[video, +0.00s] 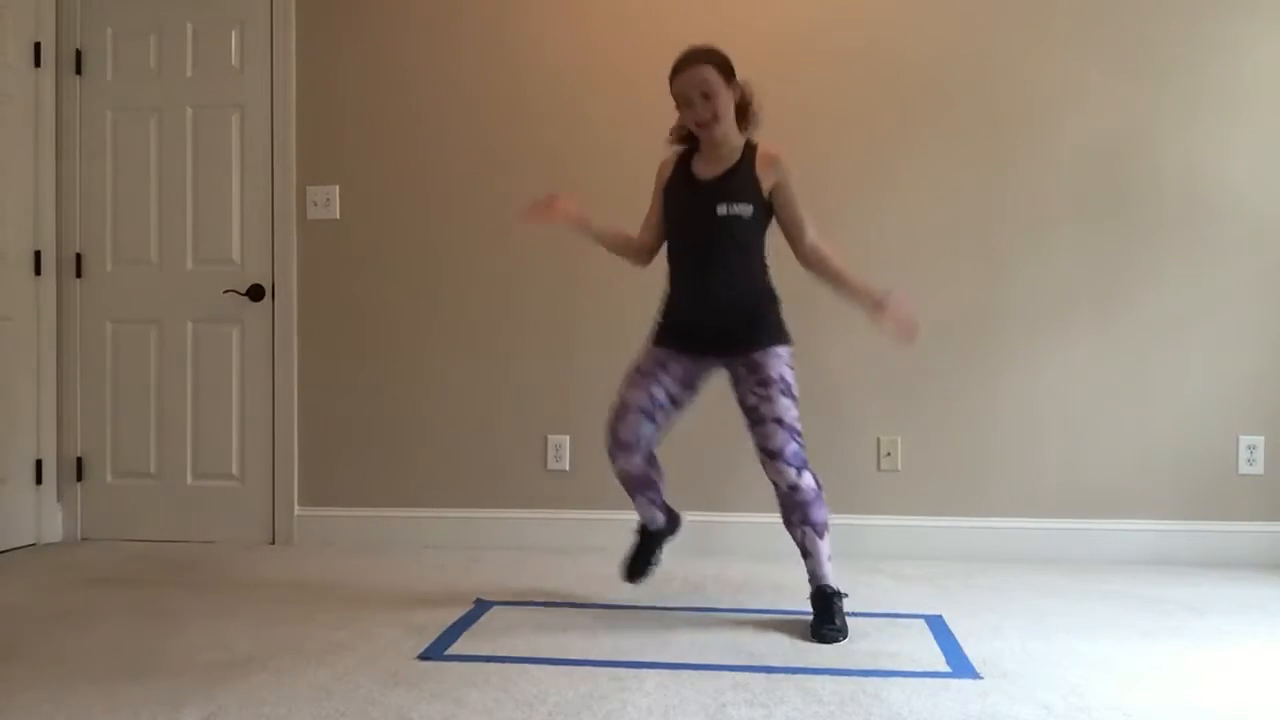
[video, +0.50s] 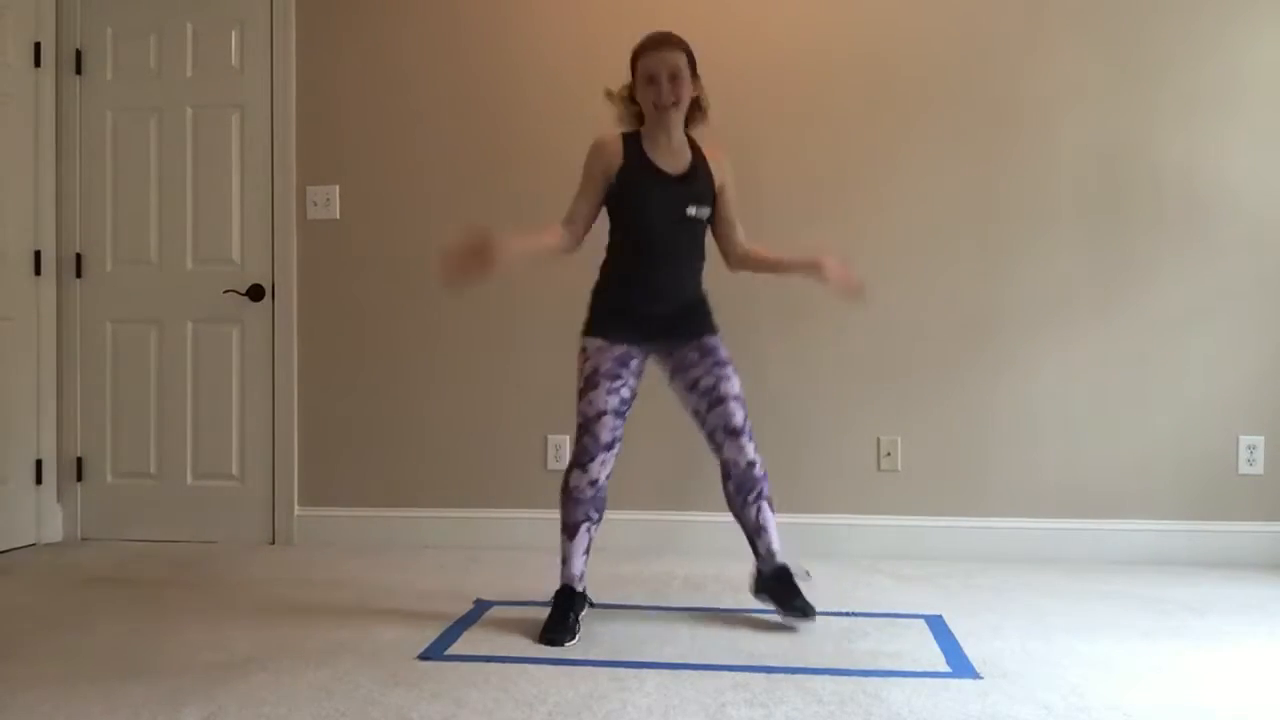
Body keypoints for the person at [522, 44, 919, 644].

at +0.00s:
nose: (697, 109)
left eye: (705, 95)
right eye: (685, 101)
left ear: (733, 92)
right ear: (676, 108)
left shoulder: (766, 165)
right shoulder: (673, 168)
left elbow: (808, 250)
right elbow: (642, 250)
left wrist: (874, 300)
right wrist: (582, 222)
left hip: (754, 333)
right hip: (682, 332)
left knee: (783, 457)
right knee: (625, 438)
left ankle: (823, 588)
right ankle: (657, 522)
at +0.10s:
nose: (688, 101)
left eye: (697, 86)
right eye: (678, 92)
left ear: (729, 78)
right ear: (673, 96)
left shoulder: (766, 153)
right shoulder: (674, 151)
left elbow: (805, 240)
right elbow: (639, 235)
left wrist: (879, 246)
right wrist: (568, 249)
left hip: (734, 322)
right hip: (662, 317)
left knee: (768, 451)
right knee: (615, 408)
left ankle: (815, 585)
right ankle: (631, 528)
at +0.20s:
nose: (680, 105)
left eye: (688, 90)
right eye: (670, 95)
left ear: (722, 83)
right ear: (666, 100)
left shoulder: (757, 160)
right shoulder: (659, 158)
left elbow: (784, 248)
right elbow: (624, 241)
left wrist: (821, 194)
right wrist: (575, 302)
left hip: (704, 325)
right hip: (630, 316)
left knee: (748, 454)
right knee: (592, 447)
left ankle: (800, 582)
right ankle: (582, 569)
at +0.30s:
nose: (669, 129)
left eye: (679, 116)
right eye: (659, 120)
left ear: (712, 114)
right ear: (652, 125)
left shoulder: (737, 192)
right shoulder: (636, 185)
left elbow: (745, 281)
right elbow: (607, 266)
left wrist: (773, 210)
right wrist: (574, 336)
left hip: (678, 349)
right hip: (604, 339)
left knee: (734, 470)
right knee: (573, 467)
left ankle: (792, 589)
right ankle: (564, 593)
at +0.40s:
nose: (663, 129)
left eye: (675, 116)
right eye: (652, 119)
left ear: (700, 121)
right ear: (641, 126)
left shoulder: (719, 202)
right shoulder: (620, 187)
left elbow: (730, 288)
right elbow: (584, 270)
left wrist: (774, 227)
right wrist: (533, 341)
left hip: (668, 356)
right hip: (594, 347)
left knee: (725, 472)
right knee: (571, 469)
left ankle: (787, 593)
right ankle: (564, 597)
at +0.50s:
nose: (666, 87)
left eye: (676, 76)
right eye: (653, 78)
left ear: (694, 84)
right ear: (635, 87)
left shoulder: (707, 160)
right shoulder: (613, 151)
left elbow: (736, 253)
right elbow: (570, 233)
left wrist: (814, 264)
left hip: (688, 323)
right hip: (617, 324)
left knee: (737, 442)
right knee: (592, 456)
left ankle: (771, 569)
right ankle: (570, 590)